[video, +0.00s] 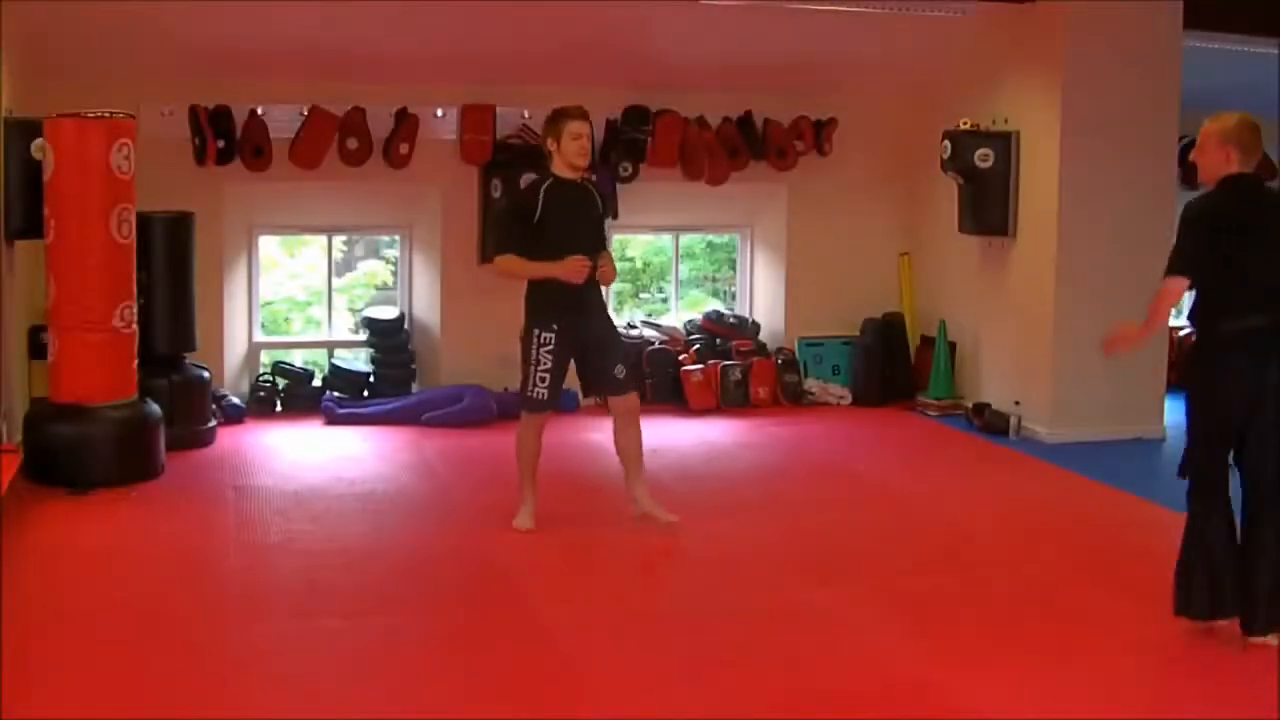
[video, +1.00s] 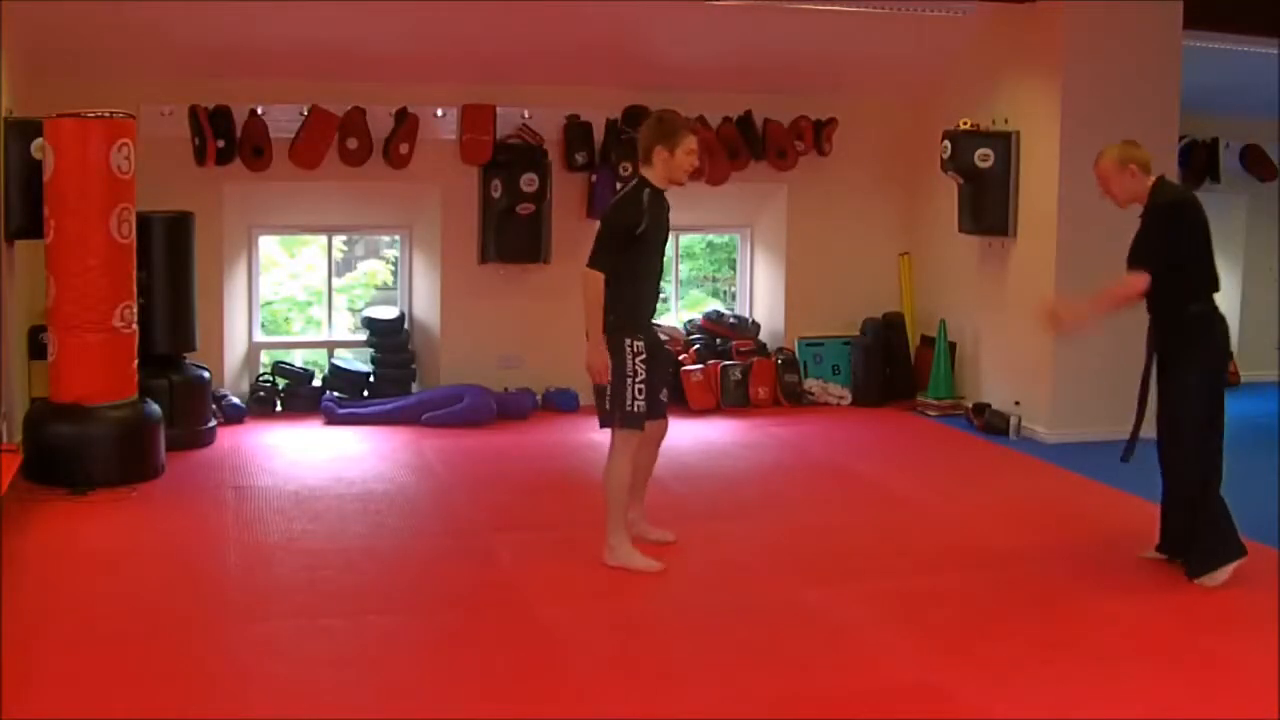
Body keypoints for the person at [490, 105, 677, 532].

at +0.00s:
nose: (585, 146)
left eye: (588, 139)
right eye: (576, 138)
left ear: (590, 144)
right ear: (552, 143)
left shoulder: (592, 194)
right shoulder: (529, 193)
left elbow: (599, 250)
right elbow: (503, 260)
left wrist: (606, 267)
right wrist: (557, 269)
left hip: (592, 311)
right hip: (548, 315)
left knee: (626, 401)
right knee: (536, 410)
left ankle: (639, 496)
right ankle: (527, 501)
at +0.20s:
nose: (612, 152)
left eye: (615, 145)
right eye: (603, 144)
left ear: (617, 151)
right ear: (578, 150)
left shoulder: (619, 203)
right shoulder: (557, 202)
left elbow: (624, 257)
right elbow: (536, 274)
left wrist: (629, 290)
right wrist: (583, 302)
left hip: (613, 321)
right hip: (568, 322)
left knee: (630, 417)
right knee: (548, 415)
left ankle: (644, 510)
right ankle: (526, 503)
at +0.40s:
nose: (649, 150)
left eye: (651, 143)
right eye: (641, 142)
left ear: (649, 149)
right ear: (615, 147)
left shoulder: (649, 200)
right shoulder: (591, 197)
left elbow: (658, 262)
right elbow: (561, 267)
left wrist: (676, 314)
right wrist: (595, 315)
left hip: (638, 321)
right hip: (596, 321)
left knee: (643, 419)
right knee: (580, 421)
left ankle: (644, 510)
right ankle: (537, 489)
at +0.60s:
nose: (671, 149)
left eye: (671, 142)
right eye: (662, 142)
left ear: (662, 148)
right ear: (635, 147)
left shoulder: (664, 199)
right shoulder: (609, 195)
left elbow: (667, 263)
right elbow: (573, 261)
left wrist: (684, 317)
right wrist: (577, 331)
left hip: (648, 321)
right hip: (611, 321)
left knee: (647, 421)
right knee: (612, 423)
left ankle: (646, 513)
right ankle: (578, 519)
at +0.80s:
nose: (679, 153)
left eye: (679, 146)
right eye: (671, 146)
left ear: (660, 152)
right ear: (644, 150)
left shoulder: (663, 202)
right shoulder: (621, 199)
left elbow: (649, 268)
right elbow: (581, 262)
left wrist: (659, 325)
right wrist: (580, 334)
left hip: (652, 324)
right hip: (621, 326)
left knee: (653, 423)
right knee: (628, 430)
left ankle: (646, 514)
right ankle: (615, 541)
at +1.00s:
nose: (695, 162)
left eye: (696, 153)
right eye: (688, 152)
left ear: (665, 155)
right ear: (659, 152)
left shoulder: (657, 203)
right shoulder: (632, 201)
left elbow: (637, 274)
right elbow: (595, 272)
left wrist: (648, 332)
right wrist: (595, 344)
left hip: (642, 332)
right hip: (621, 336)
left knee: (655, 427)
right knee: (627, 436)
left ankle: (633, 518)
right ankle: (615, 544)